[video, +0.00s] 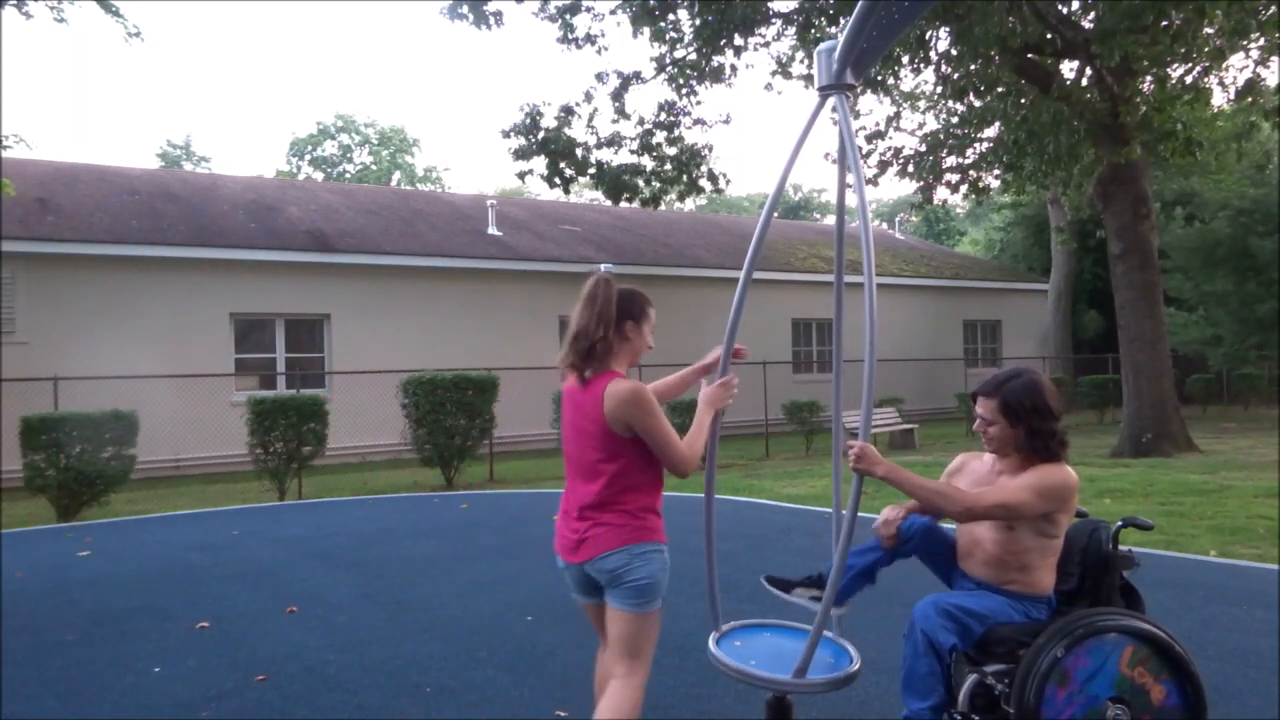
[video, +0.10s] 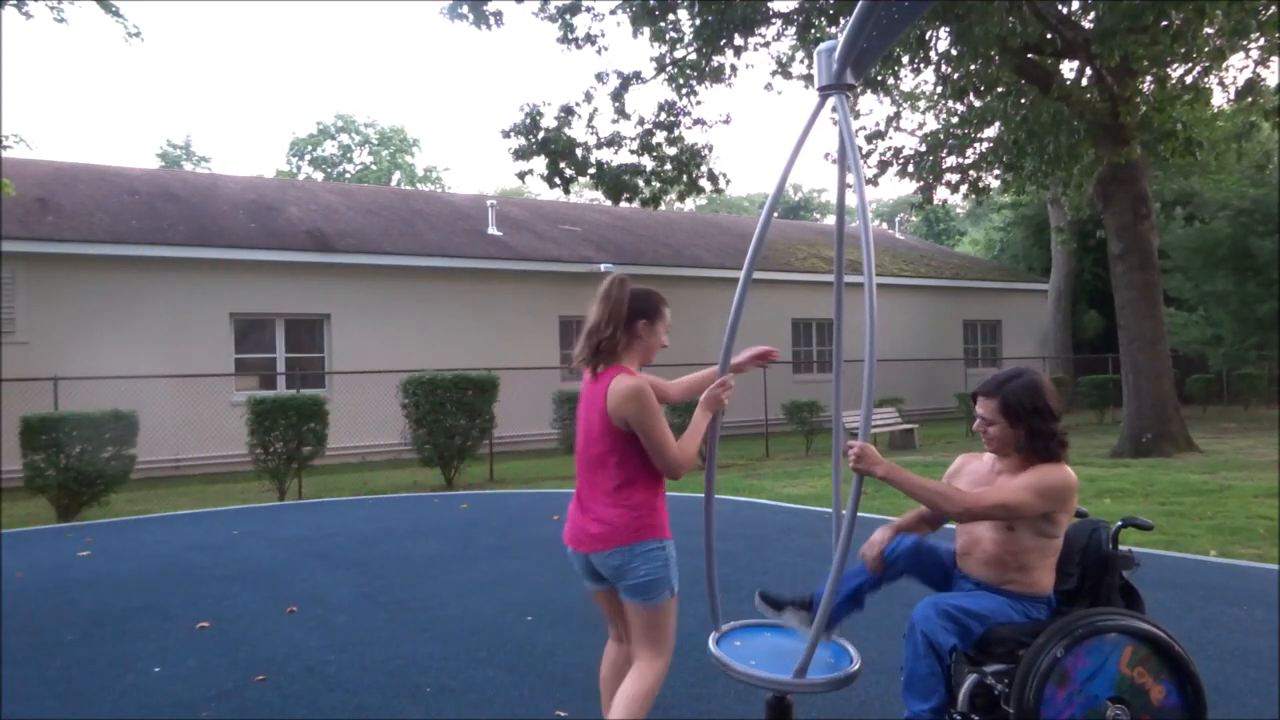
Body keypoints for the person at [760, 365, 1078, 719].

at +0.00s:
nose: (977, 428)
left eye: (988, 422)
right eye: (978, 418)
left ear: (1023, 425)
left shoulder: (1056, 480)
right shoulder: (968, 463)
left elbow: (966, 507)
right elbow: (935, 505)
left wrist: (883, 468)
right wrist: (902, 510)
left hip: (1016, 601)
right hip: (963, 572)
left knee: (931, 614)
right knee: (913, 526)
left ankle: (922, 712)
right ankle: (829, 587)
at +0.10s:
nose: (977, 428)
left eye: (988, 422)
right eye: (977, 419)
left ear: (1022, 426)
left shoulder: (1056, 480)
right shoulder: (967, 464)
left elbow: (964, 507)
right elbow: (932, 515)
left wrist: (883, 469)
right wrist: (891, 528)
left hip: (1015, 599)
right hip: (960, 571)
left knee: (930, 618)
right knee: (897, 547)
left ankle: (924, 713)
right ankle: (818, 613)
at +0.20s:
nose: (975, 427)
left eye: (986, 421)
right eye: (976, 418)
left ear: (1021, 426)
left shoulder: (1054, 478)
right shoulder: (966, 466)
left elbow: (963, 506)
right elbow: (932, 521)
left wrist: (881, 468)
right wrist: (888, 537)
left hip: (1014, 599)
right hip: (958, 574)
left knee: (930, 617)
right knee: (887, 587)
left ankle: (926, 712)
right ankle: (806, 636)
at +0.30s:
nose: (970, 427)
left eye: (981, 421)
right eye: (971, 418)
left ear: (1016, 426)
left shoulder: (1051, 477)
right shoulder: (966, 466)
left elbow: (967, 505)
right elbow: (936, 528)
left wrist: (881, 469)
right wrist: (904, 517)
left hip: (1016, 599)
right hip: (959, 580)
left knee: (929, 617)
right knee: (894, 603)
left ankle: (925, 712)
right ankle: (805, 634)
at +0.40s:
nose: (966, 428)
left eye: (976, 422)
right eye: (966, 418)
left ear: (1012, 424)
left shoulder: (1048, 475)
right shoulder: (967, 464)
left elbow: (961, 507)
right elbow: (914, 519)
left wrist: (880, 468)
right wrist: (879, 474)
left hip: (1016, 599)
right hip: (957, 578)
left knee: (929, 618)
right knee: (891, 604)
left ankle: (927, 712)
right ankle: (801, 638)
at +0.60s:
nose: (960, 427)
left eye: (970, 420)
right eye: (960, 418)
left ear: (1005, 423)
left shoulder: (1042, 474)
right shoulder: (961, 464)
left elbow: (969, 520)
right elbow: (902, 511)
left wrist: (879, 476)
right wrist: (858, 460)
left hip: (1014, 599)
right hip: (956, 580)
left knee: (927, 620)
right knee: (888, 599)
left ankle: (926, 712)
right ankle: (800, 634)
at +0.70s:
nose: (954, 425)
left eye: (964, 418)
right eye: (955, 416)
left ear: (998, 419)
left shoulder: (1035, 476)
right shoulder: (960, 466)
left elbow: (985, 548)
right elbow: (901, 512)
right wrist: (864, 458)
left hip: (1014, 599)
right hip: (957, 582)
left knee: (927, 621)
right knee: (890, 600)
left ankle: (927, 713)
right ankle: (800, 634)